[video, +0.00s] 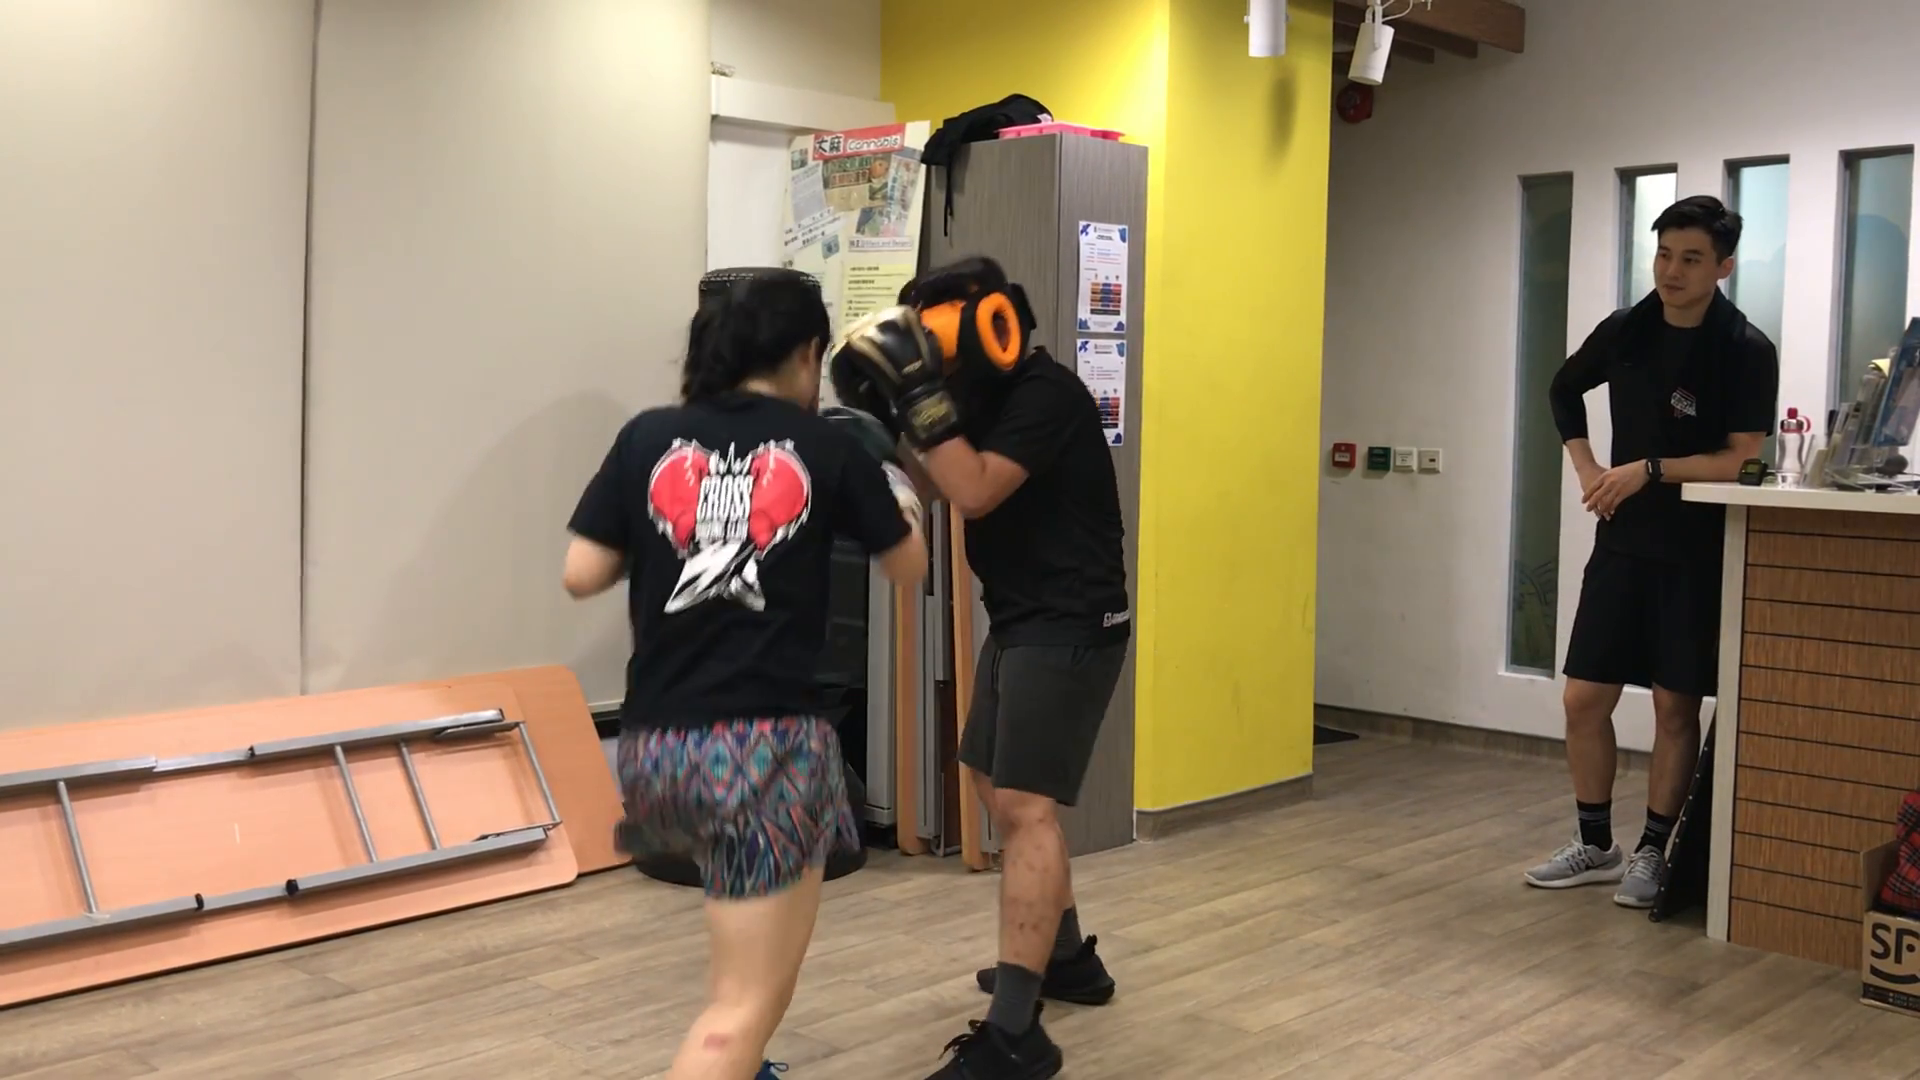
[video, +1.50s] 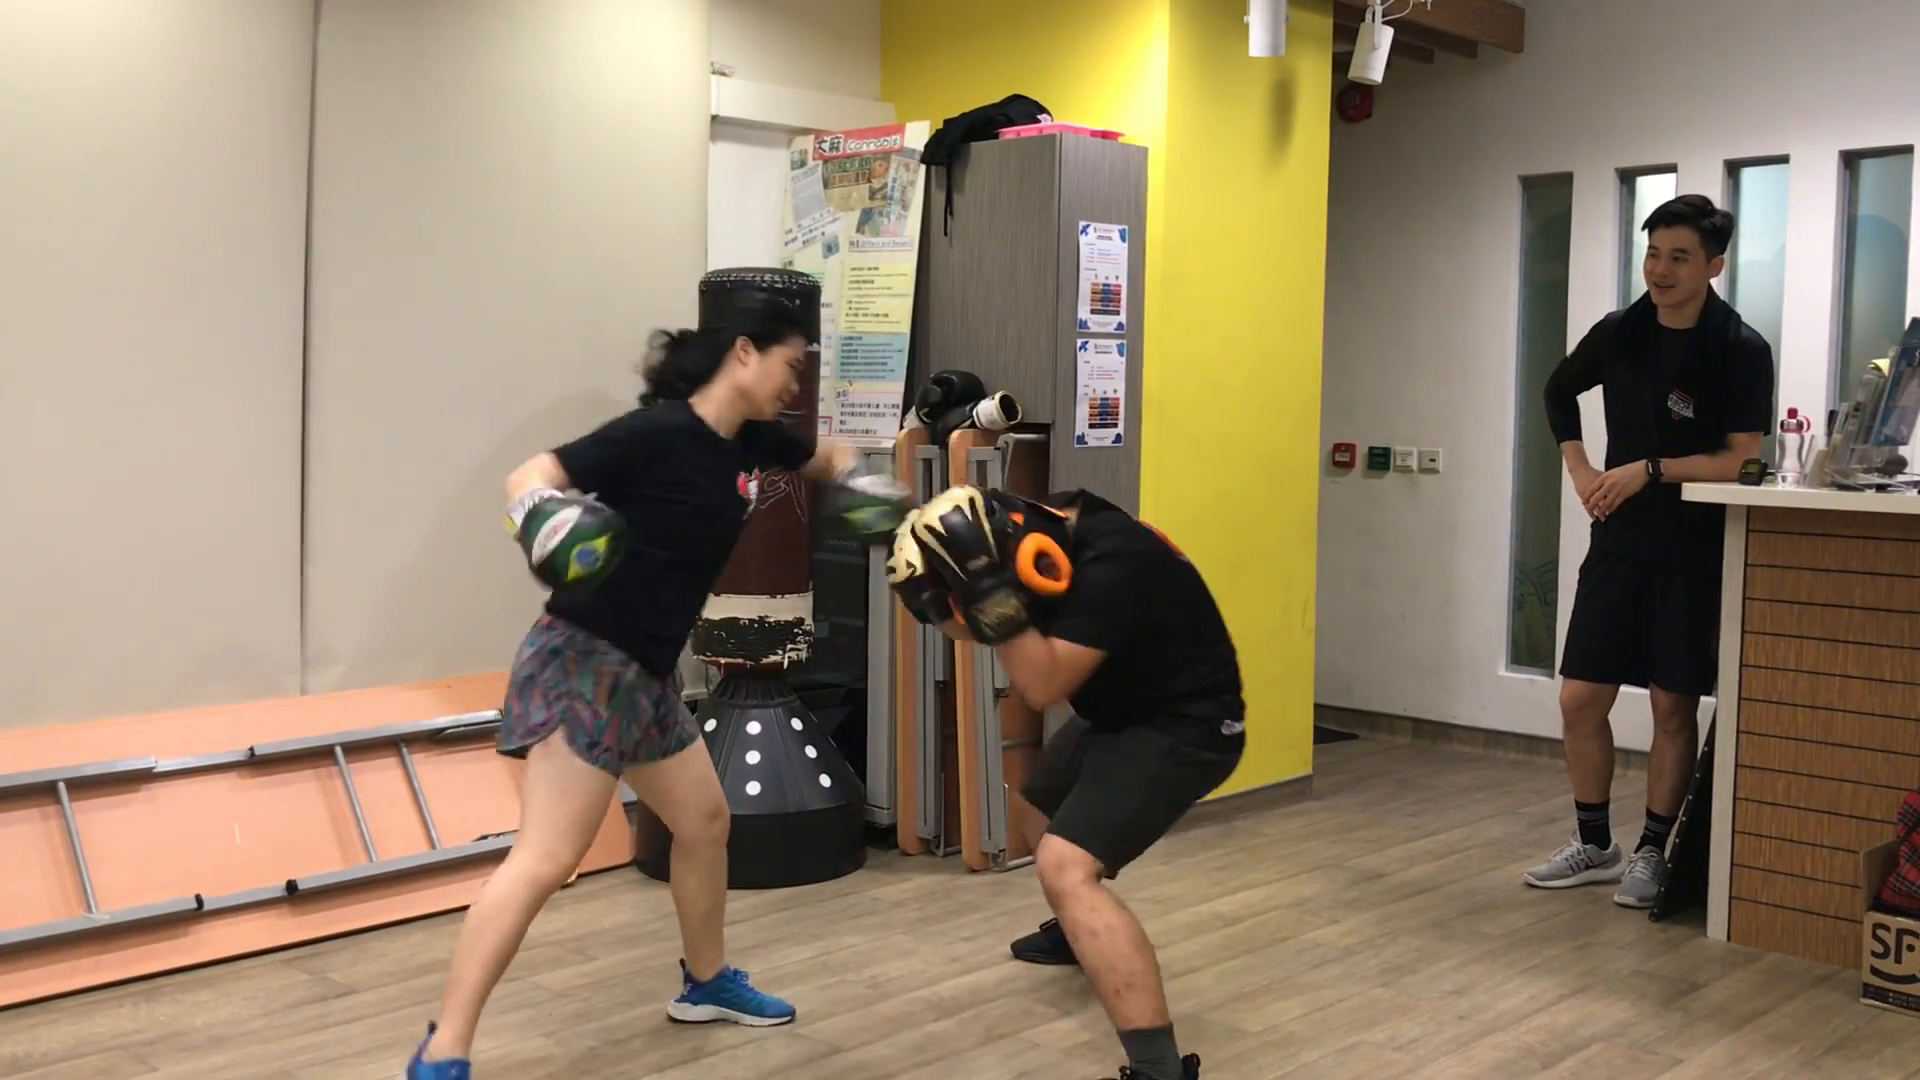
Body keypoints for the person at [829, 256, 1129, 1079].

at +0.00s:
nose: (936, 354)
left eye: (945, 338)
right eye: (930, 341)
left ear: (994, 325)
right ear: (971, 339)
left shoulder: (1047, 393)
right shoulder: (987, 401)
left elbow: (973, 492)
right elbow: (949, 488)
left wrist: (924, 399)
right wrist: (896, 426)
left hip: (1071, 627)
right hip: (1019, 624)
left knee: (1027, 808)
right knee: (995, 784)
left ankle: (1013, 1032)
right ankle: (1066, 952)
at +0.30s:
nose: (971, 332)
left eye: (983, 317)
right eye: (965, 321)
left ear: (1029, 314)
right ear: (977, 331)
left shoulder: (1086, 400)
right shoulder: (1001, 400)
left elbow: (1010, 493)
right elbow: (934, 465)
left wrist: (979, 391)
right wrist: (900, 398)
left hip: (1085, 632)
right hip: (1017, 629)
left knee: (1053, 806)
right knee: (992, 779)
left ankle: (1133, 1019)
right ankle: (1065, 953)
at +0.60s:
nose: (1017, 414)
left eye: (1029, 398)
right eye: (1009, 401)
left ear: (1075, 390)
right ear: (1004, 403)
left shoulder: (1134, 446)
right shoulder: (1011, 436)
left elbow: (1087, 557)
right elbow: (912, 493)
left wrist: (1056, 453)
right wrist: (941, 415)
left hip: (1130, 651)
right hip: (1047, 640)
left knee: (1099, 821)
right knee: (987, 778)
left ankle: (1149, 1040)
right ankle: (1071, 913)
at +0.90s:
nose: (975, 591)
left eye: (978, 578)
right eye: (969, 581)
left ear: (1020, 535)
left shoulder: (1120, 533)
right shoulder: (1004, 527)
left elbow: (1105, 669)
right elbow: (962, 643)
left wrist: (1043, 587)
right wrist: (917, 587)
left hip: (1171, 677)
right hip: (1084, 676)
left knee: (1110, 818)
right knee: (997, 807)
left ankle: (1155, 1041)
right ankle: (1087, 925)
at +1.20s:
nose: (951, 532)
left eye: (950, 517)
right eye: (946, 518)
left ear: (976, 499)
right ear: (971, 496)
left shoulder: (1054, 524)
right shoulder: (1006, 522)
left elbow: (979, 643)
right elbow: (983, 623)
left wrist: (921, 557)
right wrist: (920, 552)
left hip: (1173, 687)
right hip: (1099, 687)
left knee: (1093, 815)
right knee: (1008, 791)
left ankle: (1157, 1038)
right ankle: (1090, 923)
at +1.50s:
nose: (959, 628)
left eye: (955, 615)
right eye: (948, 619)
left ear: (1006, 565)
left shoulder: (1115, 562)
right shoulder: (1053, 538)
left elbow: (1043, 686)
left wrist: (990, 596)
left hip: (1185, 725)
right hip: (1120, 712)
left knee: (1066, 863)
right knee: (1039, 801)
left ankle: (1159, 1066)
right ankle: (1078, 926)